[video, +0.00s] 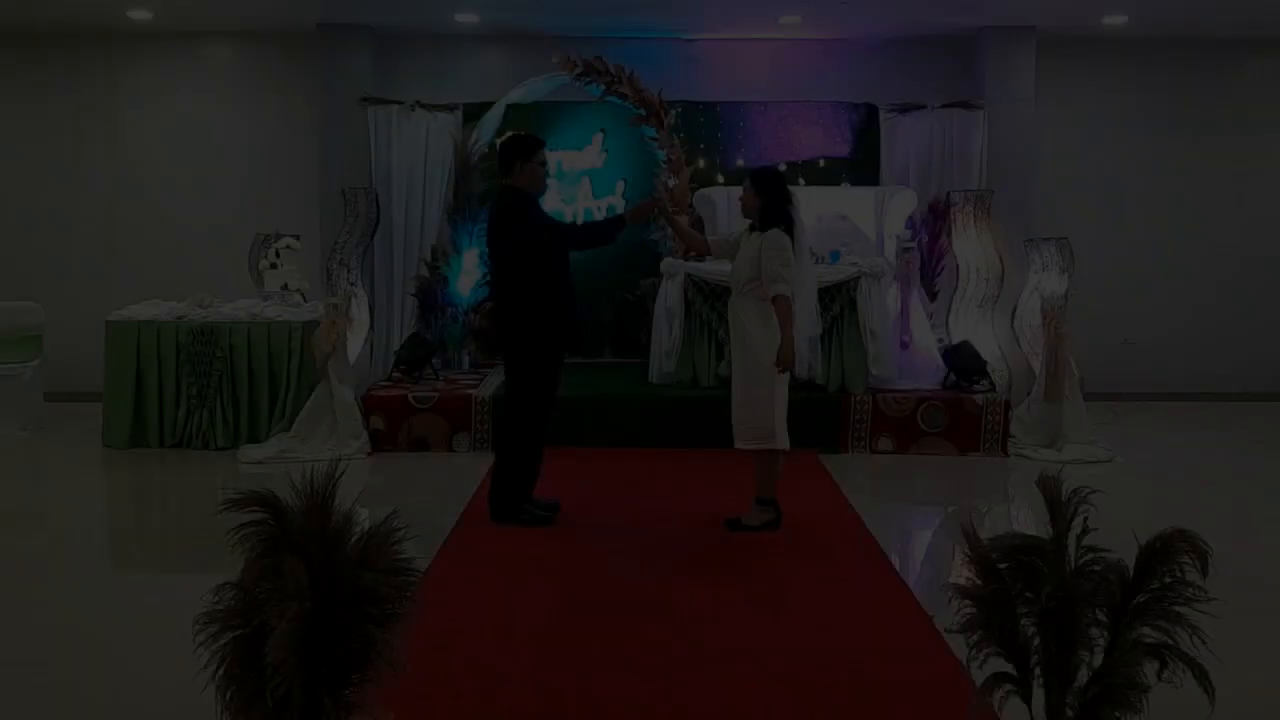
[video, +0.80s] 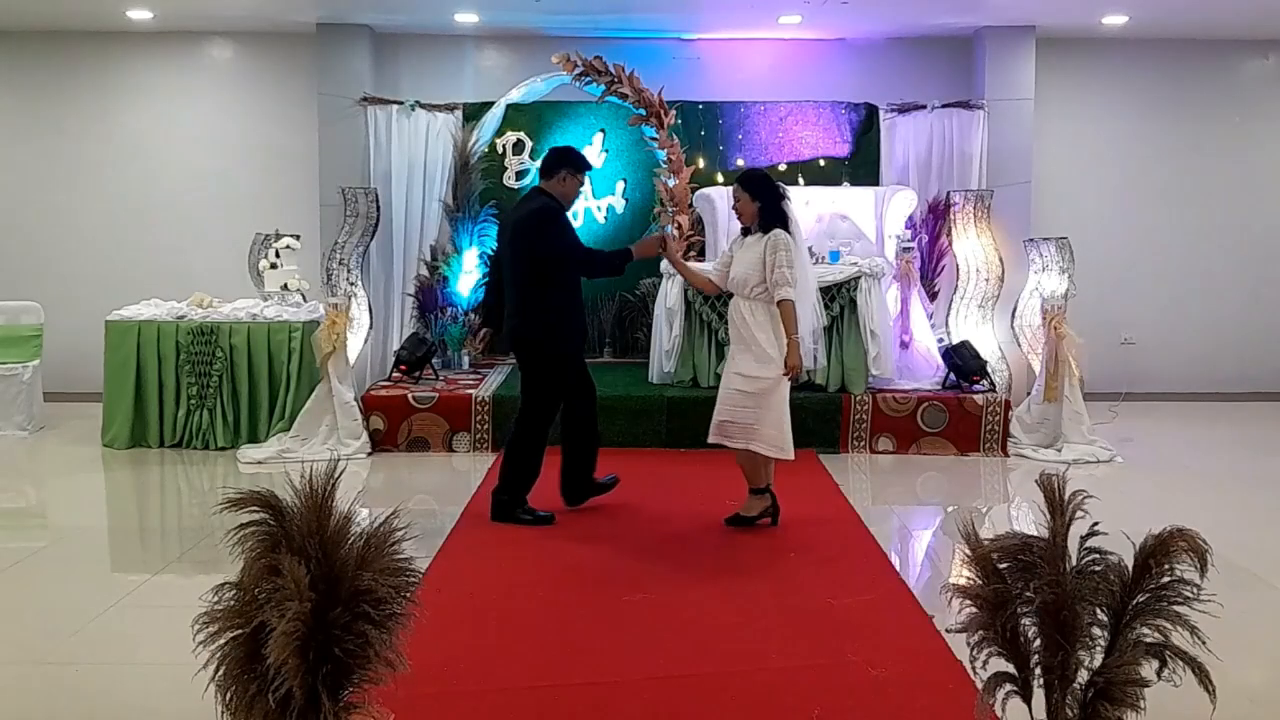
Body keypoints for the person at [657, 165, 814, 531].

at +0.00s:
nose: (742, 198)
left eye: (748, 192)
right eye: (744, 191)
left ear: (763, 198)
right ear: (761, 198)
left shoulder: (774, 239)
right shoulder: (748, 237)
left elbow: (781, 294)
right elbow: (704, 246)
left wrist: (786, 343)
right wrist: (671, 218)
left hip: (766, 343)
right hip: (748, 342)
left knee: (765, 422)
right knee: (757, 421)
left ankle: (767, 507)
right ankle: (763, 504)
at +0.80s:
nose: (735, 207)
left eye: (739, 200)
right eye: (734, 201)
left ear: (759, 201)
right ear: (744, 203)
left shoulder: (777, 240)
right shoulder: (739, 243)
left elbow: (784, 295)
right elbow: (711, 285)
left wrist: (793, 347)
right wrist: (675, 261)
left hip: (766, 342)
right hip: (743, 342)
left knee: (741, 417)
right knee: (746, 418)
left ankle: (760, 495)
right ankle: (762, 495)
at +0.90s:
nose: (727, 209)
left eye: (732, 202)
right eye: (726, 203)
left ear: (753, 202)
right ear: (738, 205)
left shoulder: (776, 241)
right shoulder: (733, 246)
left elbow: (783, 298)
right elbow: (716, 300)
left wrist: (792, 350)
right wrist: (676, 291)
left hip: (763, 352)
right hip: (736, 350)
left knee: (725, 419)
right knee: (748, 425)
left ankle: (730, 503)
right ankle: (765, 501)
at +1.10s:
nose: (707, 215)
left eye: (712, 208)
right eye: (704, 209)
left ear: (732, 207)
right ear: (707, 212)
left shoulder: (758, 246)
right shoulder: (709, 251)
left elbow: (770, 301)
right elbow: (709, 308)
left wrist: (780, 350)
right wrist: (687, 341)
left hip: (749, 353)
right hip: (717, 351)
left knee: (715, 425)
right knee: (736, 427)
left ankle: (682, 510)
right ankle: (763, 502)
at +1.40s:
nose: (658, 210)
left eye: (664, 203)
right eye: (657, 203)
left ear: (684, 202)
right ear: (665, 204)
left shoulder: (712, 241)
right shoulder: (663, 245)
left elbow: (723, 298)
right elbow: (657, 302)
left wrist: (733, 346)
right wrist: (642, 346)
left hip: (699, 342)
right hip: (668, 342)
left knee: (685, 425)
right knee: (701, 422)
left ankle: (674, 516)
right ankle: (743, 487)